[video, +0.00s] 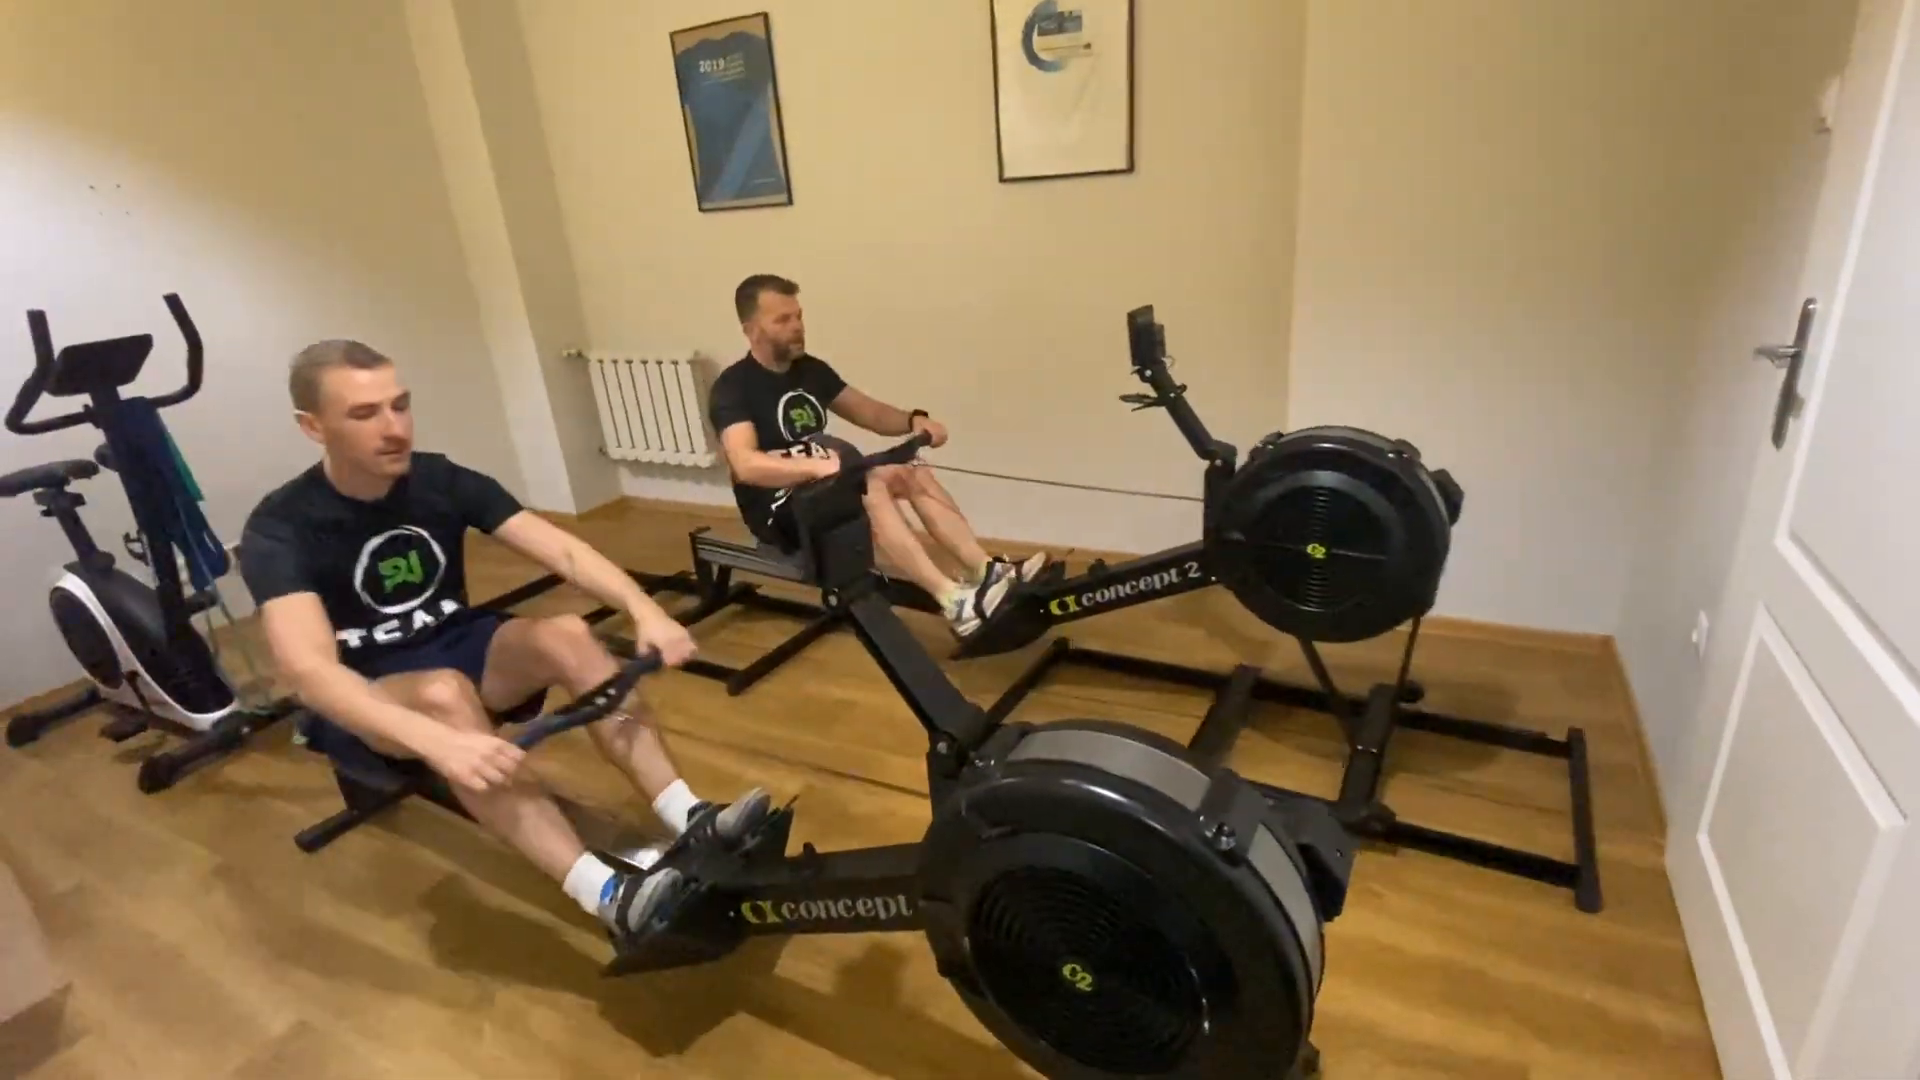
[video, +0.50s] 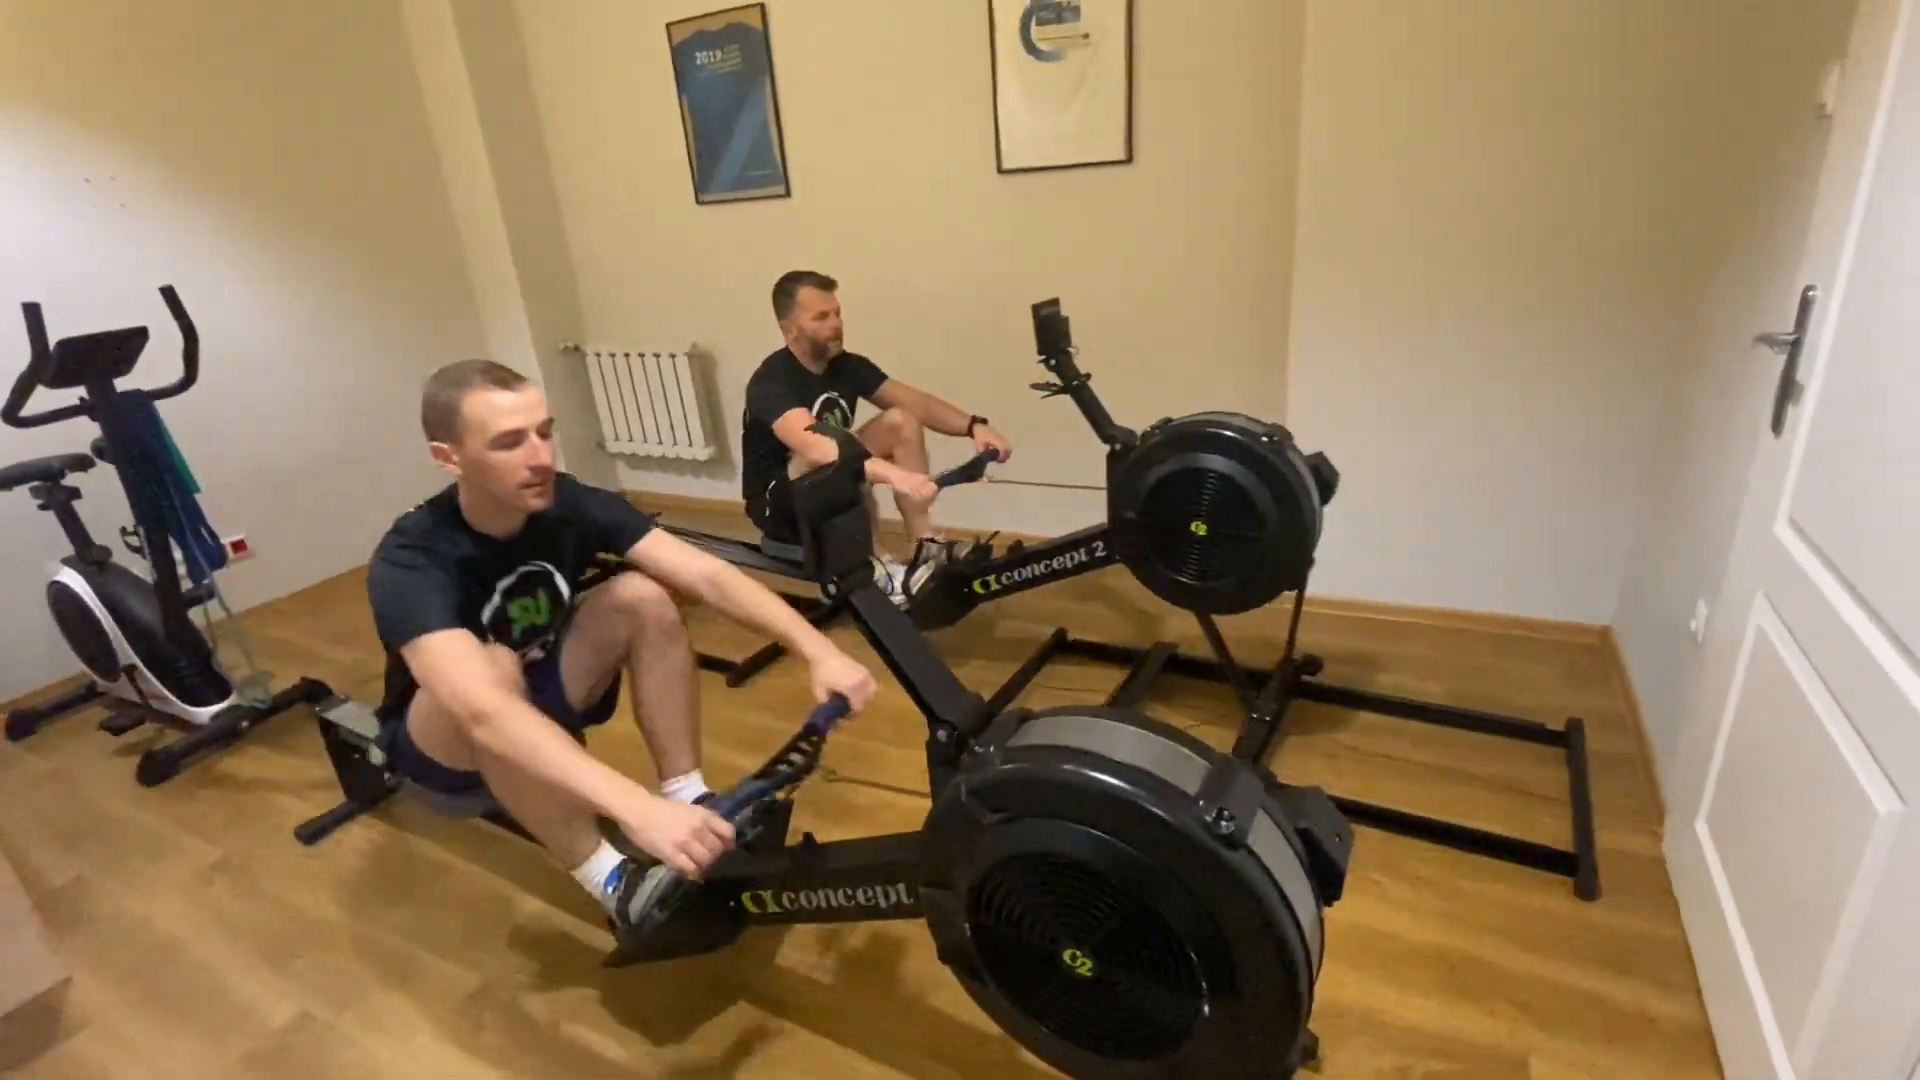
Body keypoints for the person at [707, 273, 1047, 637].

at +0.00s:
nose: (798, 327)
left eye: (798, 317)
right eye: (785, 320)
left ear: (800, 316)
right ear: (751, 329)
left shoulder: (809, 370)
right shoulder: (733, 388)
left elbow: (867, 412)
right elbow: (746, 467)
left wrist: (913, 420)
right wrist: (816, 468)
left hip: (836, 490)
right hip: (785, 511)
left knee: (915, 475)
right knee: (873, 491)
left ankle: (988, 573)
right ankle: (953, 601)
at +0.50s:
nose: (837, 324)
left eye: (837, 314)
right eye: (823, 317)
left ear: (840, 311)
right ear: (790, 329)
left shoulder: (846, 367)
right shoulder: (769, 383)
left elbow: (914, 403)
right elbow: (815, 448)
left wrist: (975, 426)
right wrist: (893, 475)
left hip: (833, 485)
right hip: (777, 506)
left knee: (901, 423)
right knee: (826, 454)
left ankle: (926, 547)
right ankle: (875, 565)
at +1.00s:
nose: (847, 324)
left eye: (848, 314)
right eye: (833, 316)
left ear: (851, 314)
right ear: (797, 328)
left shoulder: (854, 369)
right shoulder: (783, 387)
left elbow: (928, 402)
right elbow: (849, 436)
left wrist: (998, 424)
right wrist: (929, 466)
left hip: (823, 484)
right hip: (770, 500)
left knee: (896, 428)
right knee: (834, 453)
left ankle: (930, 548)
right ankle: (887, 570)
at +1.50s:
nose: (760, 313)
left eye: (762, 302)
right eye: (747, 306)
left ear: (763, 300)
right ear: (713, 310)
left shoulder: (776, 351)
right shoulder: (702, 368)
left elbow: (829, 391)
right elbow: (715, 436)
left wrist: (870, 395)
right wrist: (780, 431)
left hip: (832, 472)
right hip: (783, 498)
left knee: (902, 494)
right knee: (877, 518)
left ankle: (1022, 566)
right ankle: (988, 597)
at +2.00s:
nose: (742, 323)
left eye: (743, 312)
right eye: (729, 315)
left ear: (744, 311)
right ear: (696, 321)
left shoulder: (751, 362)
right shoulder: (679, 383)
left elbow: (776, 412)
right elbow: (663, 467)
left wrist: (806, 390)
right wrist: (699, 426)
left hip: (829, 473)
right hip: (784, 499)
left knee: (908, 506)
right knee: (878, 532)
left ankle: (1028, 565)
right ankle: (997, 596)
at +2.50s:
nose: (777, 308)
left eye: (778, 299)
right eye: (765, 301)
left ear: (778, 298)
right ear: (731, 308)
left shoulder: (784, 352)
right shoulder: (708, 368)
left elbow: (826, 394)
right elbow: (699, 449)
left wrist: (867, 400)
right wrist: (767, 438)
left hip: (813, 473)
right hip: (765, 496)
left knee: (892, 469)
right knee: (862, 494)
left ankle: (986, 561)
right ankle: (954, 586)